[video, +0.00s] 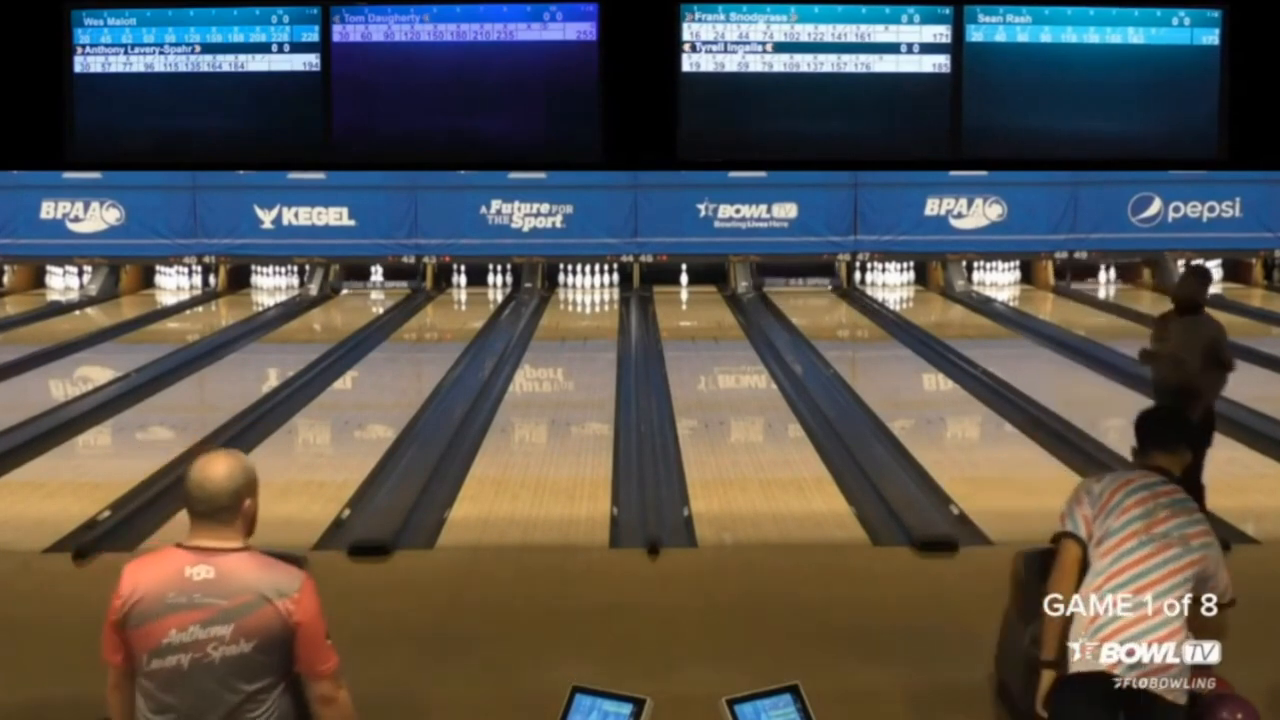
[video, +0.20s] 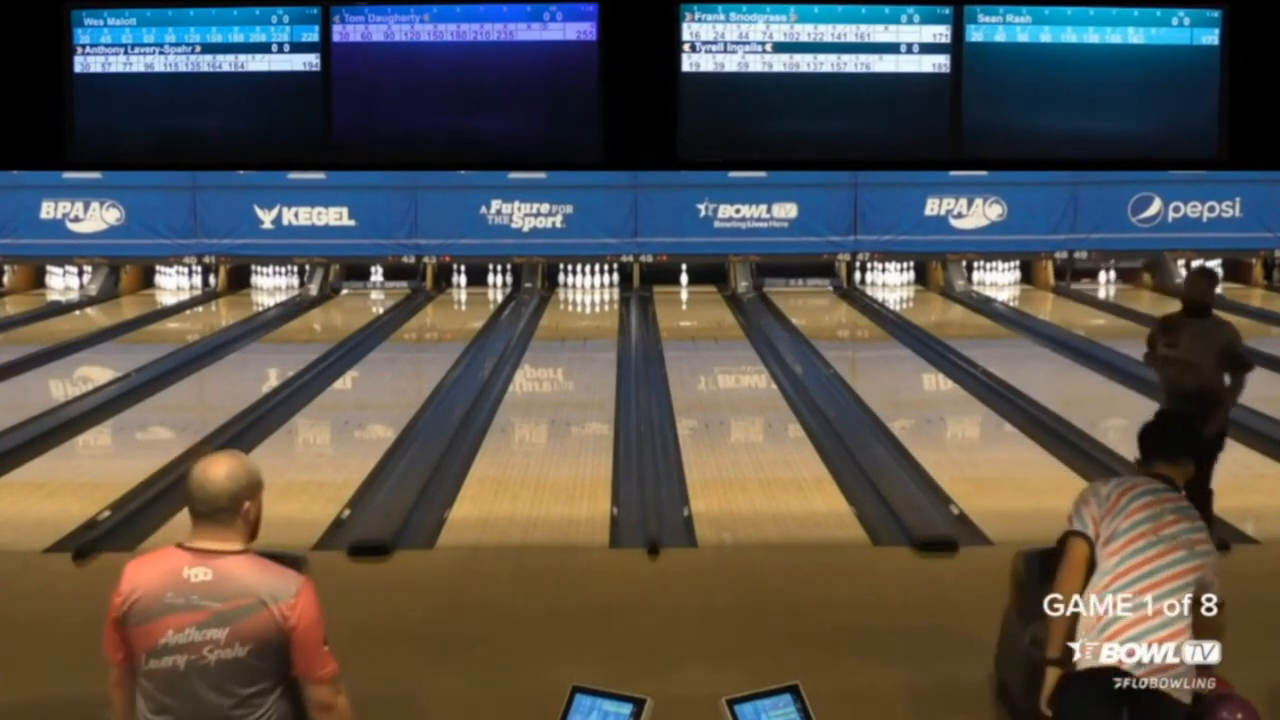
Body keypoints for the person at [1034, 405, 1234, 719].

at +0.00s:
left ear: (1135, 451)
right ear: (1188, 461)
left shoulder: (1097, 490)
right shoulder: (1199, 523)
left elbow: (1060, 590)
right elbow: (1214, 620)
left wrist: (1048, 667)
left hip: (1090, 683)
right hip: (1164, 696)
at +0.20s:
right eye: (1195, 464)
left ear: (1140, 456)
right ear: (1192, 467)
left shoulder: (1103, 494)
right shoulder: (1198, 525)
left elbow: (1065, 591)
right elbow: (1207, 620)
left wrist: (1053, 666)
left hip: (1094, 686)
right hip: (1168, 698)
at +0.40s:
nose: (1188, 486)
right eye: (1188, 480)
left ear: (1140, 469)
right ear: (1185, 481)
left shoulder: (1108, 498)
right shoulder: (1193, 525)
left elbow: (1077, 585)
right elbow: (1205, 610)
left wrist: (1062, 658)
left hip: (1108, 681)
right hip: (1177, 693)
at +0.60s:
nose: (1188, 488)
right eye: (1189, 482)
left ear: (1139, 469)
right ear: (1188, 482)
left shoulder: (1106, 498)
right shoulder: (1194, 527)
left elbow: (1074, 589)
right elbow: (1206, 615)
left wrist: (1063, 660)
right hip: (1179, 693)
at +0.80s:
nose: (1188, 490)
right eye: (1188, 483)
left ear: (1140, 471)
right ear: (1186, 481)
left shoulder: (1109, 497)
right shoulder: (1194, 526)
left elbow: (1075, 580)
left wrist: (1063, 657)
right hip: (1178, 690)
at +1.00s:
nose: (1185, 491)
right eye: (1185, 486)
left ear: (1134, 475)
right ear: (1181, 485)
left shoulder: (1107, 499)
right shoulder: (1192, 522)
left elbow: (1074, 582)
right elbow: (1207, 603)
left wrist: (1063, 658)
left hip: (1107, 679)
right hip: (1178, 691)